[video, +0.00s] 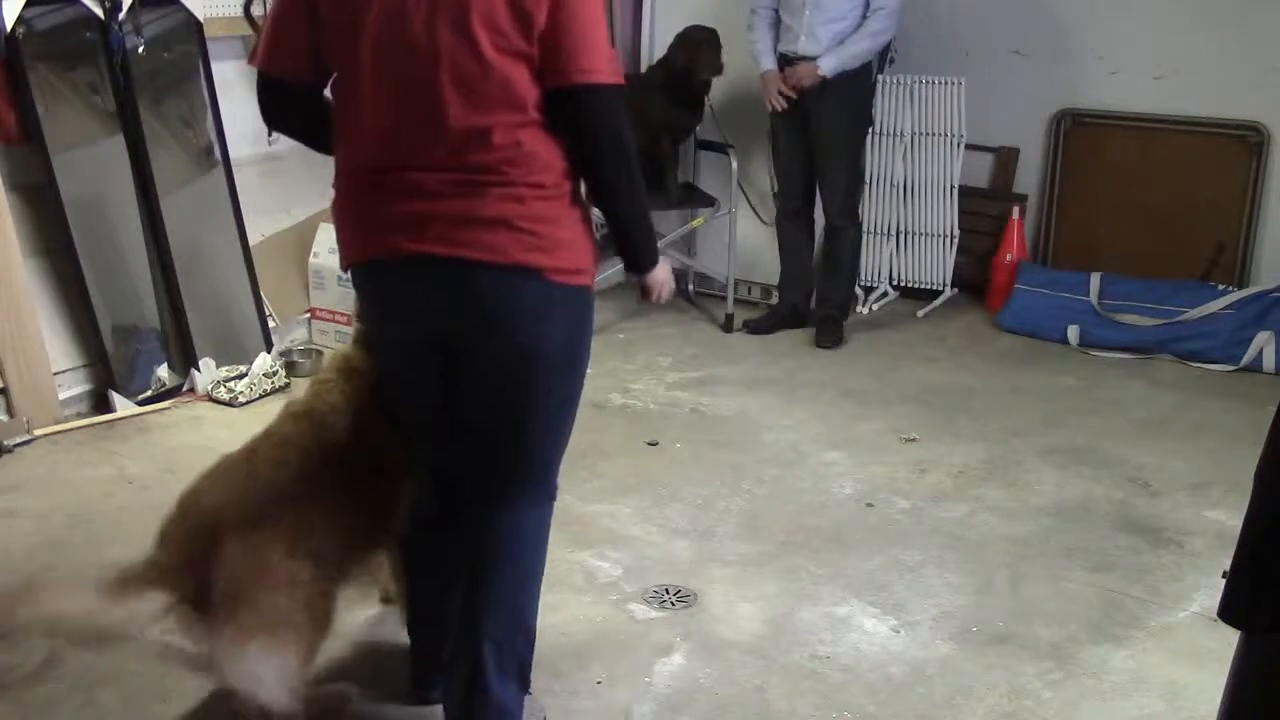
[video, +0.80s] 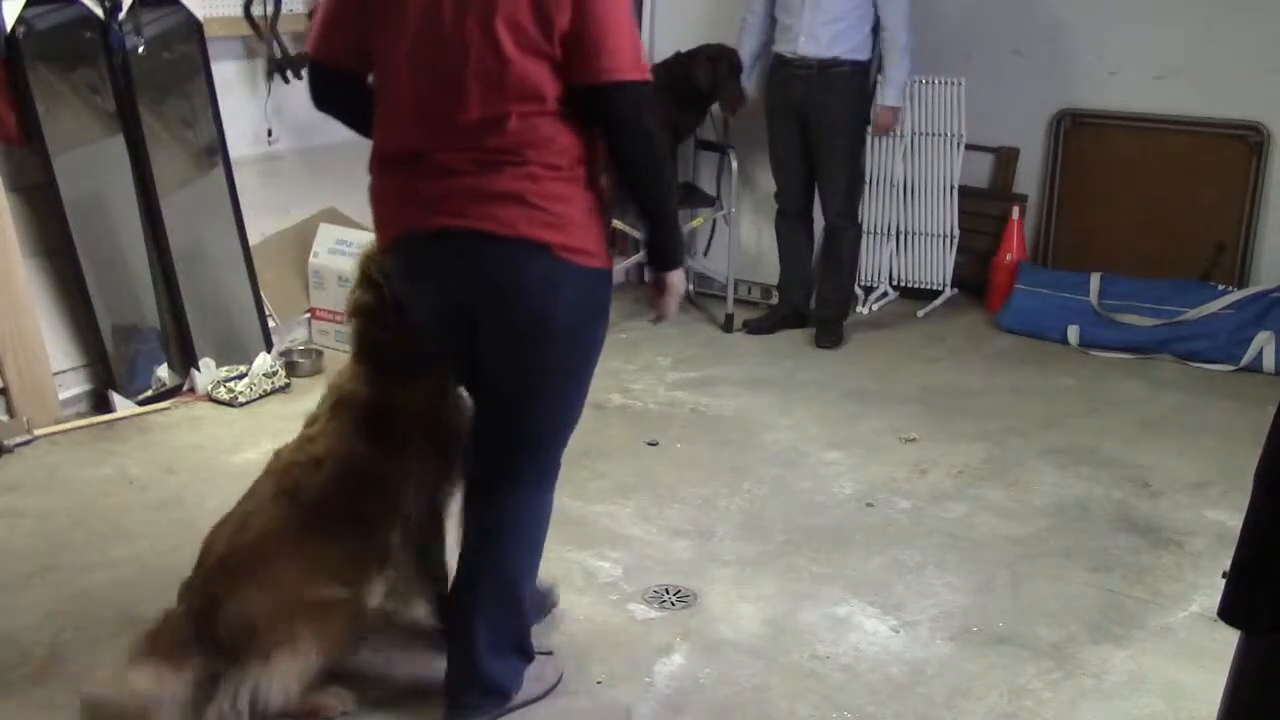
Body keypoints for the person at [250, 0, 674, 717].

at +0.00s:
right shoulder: (551, 0)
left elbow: (282, 97)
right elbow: (589, 107)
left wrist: (379, 139)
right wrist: (645, 254)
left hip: (388, 250)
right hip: (520, 254)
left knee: (430, 477)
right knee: (513, 490)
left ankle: (435, 672)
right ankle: (490, 701)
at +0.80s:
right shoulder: (578, 2)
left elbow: (330, 83)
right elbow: (620, 103)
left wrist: (421, 132)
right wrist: (667, 250)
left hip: (417, 230)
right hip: (540, 235)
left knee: (487, 433)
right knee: (519, 473)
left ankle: (496, 594)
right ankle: (486, 679)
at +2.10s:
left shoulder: (737, 0)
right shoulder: (875, 1)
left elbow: (698, 47)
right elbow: (903, 74)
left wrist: (756, 79)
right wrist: (951, 172)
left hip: (749, 156)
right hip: (831, 167)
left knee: (818, 299)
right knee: (786, 335)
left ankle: (835, 416)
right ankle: (745, 499)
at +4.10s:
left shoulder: (1244, 3)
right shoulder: (1076, 3)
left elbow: (1265, 49)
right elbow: (1041, 65)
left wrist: (1224, 106)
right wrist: (1015, 163)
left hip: (1195, 158)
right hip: (1100, 163)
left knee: (1178, 321)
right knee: (1105, 320)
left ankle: (1188, 486)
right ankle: (1113, 443)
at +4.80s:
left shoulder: (1151, 5)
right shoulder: (999, 5)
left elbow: (1194, 97)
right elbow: (988, 94)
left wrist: (1077, 158)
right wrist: (963, 192)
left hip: (1105, 233)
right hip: (994, 220)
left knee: (1109, 408)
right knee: (974, 394)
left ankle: (1128, 574)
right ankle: (980, 568)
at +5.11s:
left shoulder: (1012, 4)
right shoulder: (884, 10)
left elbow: (1053, 89)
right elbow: (879, 106)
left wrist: (930, 150)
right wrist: (835, 188)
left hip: (981, 225)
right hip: (910, 221)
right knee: (948, 406)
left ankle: (839, 610)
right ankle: (979, 572)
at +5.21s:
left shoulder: (956, 6)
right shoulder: (848, 11)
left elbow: (988, 97)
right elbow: (838, 110)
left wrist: (869, 163)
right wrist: (800, 197)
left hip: (923, 235)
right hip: (866, 230)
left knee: (846, 429)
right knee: (923, 421)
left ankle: (785, 631)